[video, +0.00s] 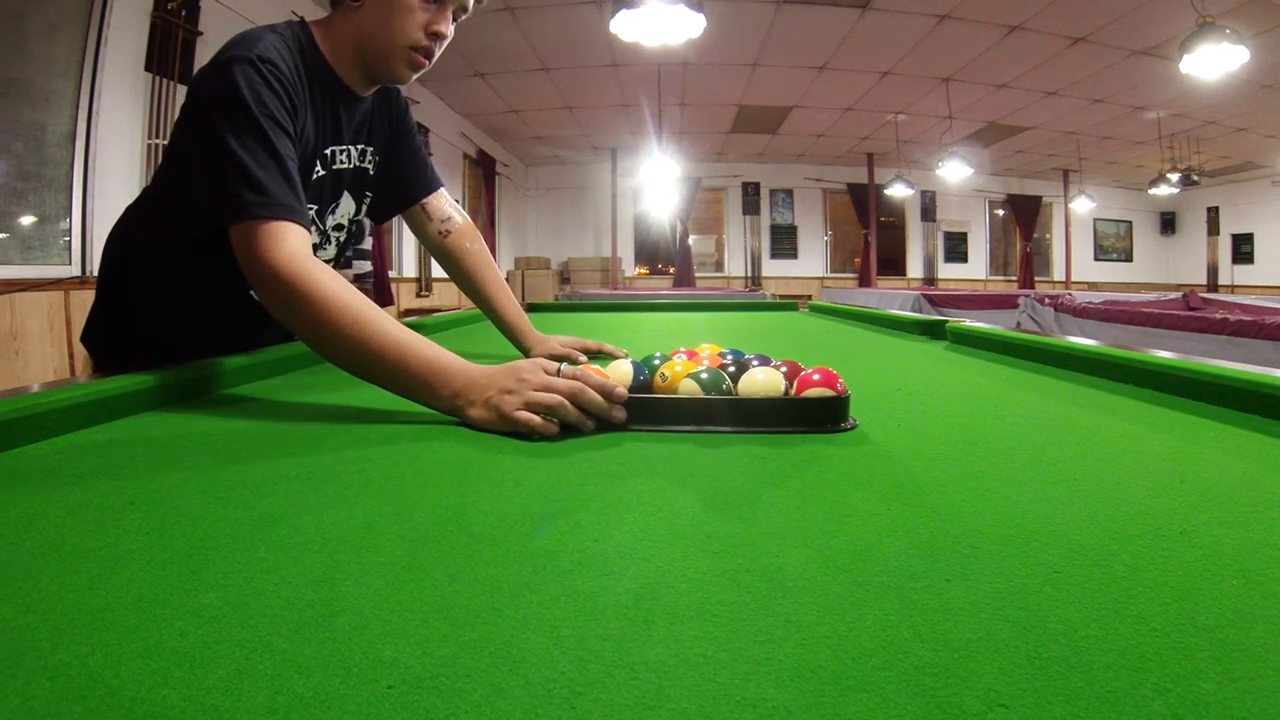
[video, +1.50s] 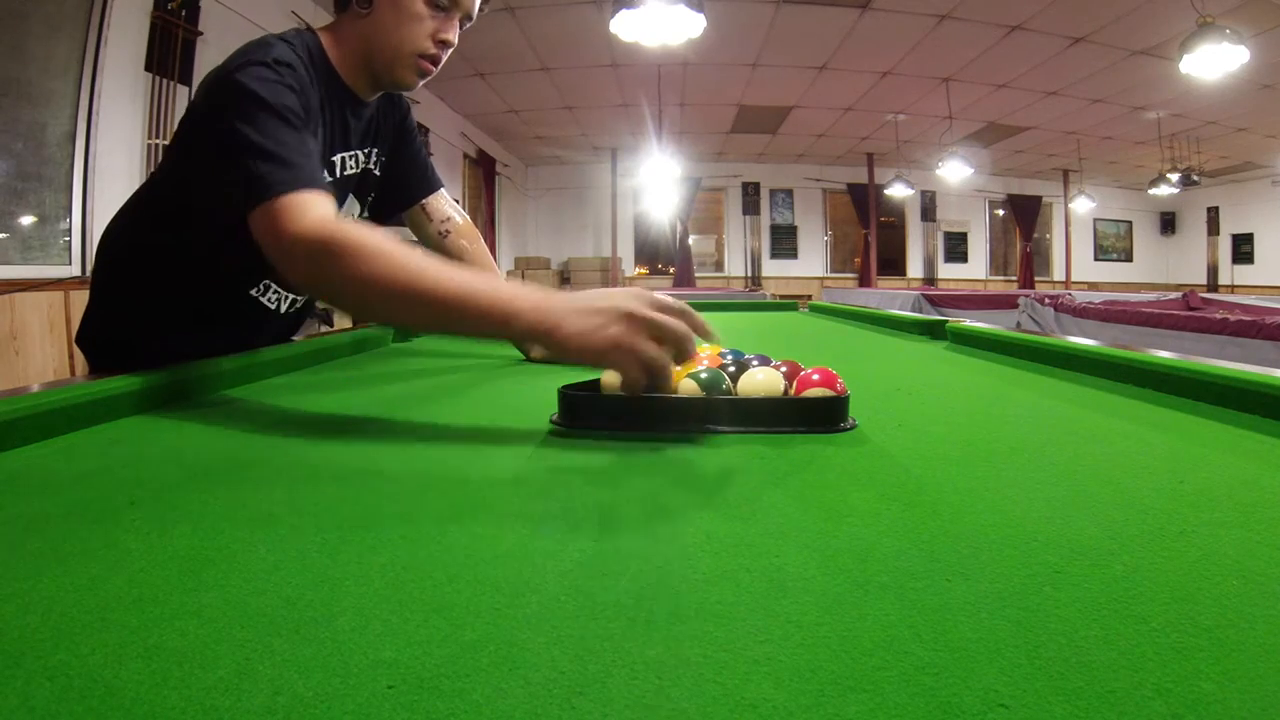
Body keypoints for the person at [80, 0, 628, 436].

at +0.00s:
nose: (444, 29)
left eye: (454, 13)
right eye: (431, 1)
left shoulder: (385, 101)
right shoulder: (256, 69)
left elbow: (444, 225)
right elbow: (278, 266)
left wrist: (527, 334)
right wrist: (468, 384)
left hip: (271, 342)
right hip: (158, 347)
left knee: (252, 531)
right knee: (147, 541)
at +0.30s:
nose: (443, 31)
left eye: (453, 15)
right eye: (429, 4)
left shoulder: (384, 102)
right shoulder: (255, 71)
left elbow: (444, 225)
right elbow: (279, 268)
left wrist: (529, 337)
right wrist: (468, 384)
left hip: (265, 337)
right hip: (155, 343)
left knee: (247, 528)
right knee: (143, 538)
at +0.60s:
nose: (441, 34)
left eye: (452, 18)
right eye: (428, 5)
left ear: (454, 27)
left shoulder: (383, 104)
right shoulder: (255, 72)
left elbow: (442, 225)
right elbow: (278, 267)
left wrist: (529, 337)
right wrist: (467, 384)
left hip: (261, 337)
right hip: (151, 342)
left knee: (241, 528)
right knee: (139, 538)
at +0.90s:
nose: (441, 34)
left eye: (451, 20)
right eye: (427, 6)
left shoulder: (382, 104)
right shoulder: (254, 72)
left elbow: (441, 225)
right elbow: (277, 267)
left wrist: (528, 337)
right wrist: (465, 384)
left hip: (261, 336)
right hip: (151, 341)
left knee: (241, 527)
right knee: (138, 537)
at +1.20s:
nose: (443, 35)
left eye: (453, 21)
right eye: (429, 7)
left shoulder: (382, 105)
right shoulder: (255, 76)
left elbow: (444, 227)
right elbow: (273, 273)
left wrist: (530, 345)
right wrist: (457, 384)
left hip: (260, 339)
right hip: (150, 343)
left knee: (238, 528)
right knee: (135, 537)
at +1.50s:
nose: (452, 37)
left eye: (460, 22)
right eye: (437, 10)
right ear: (359, 3)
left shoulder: (387, 108)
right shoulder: (266, 78)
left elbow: (444, 224)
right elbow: (305, 247)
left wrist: (517, 320)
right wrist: (547, 319)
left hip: (254, 338)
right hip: (149, 337)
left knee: (241, 517)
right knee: (137, 528)